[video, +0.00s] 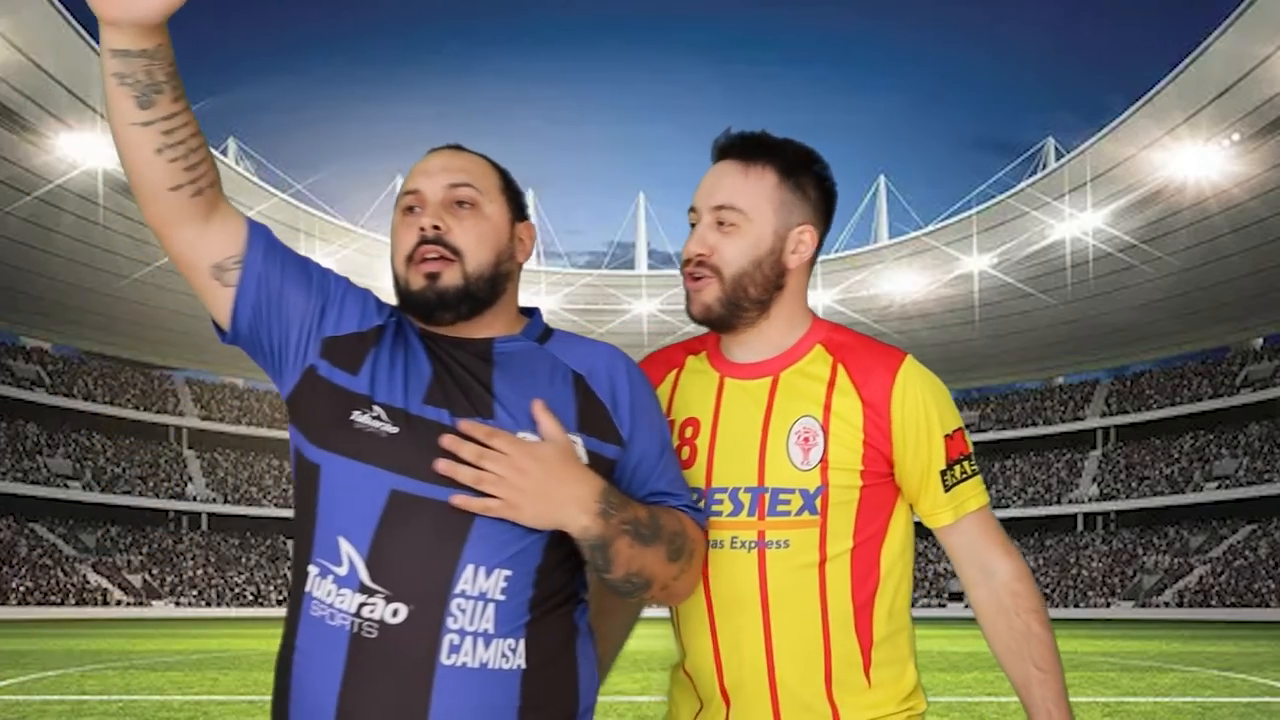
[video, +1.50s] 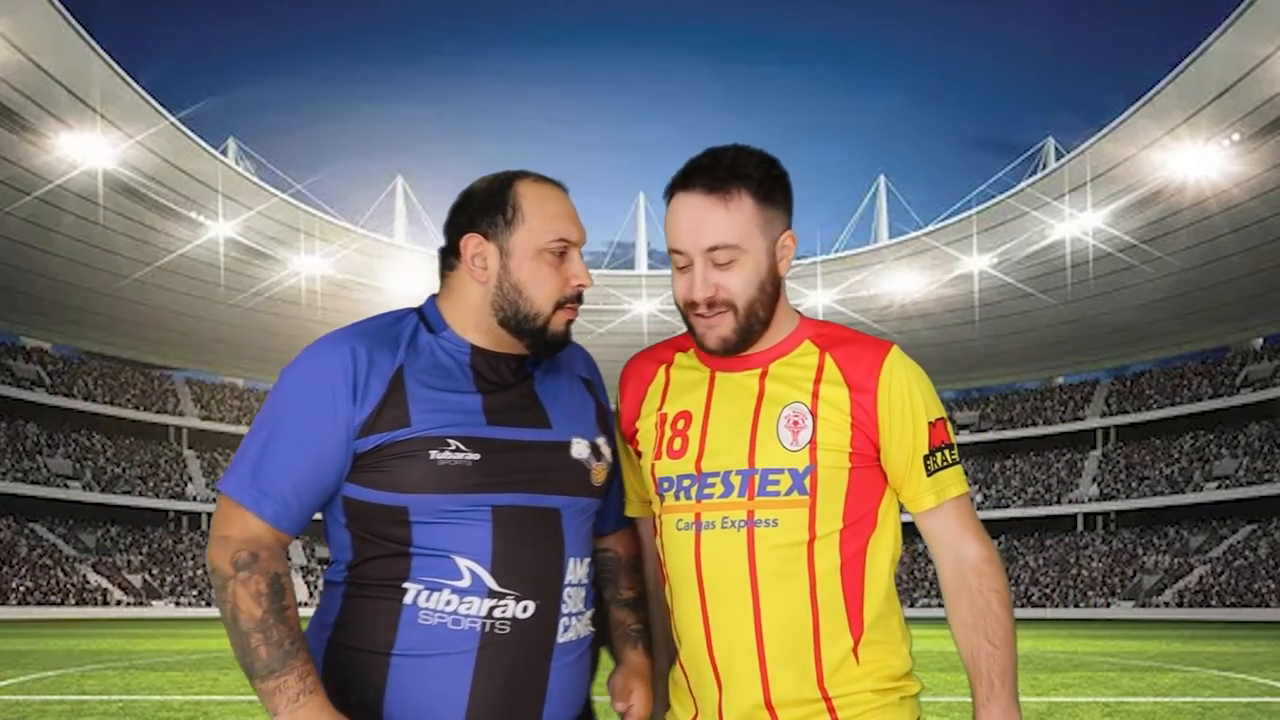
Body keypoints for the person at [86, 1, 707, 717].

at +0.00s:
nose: (427, 219)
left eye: (463, 202)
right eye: (410, 207)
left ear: (522, 241)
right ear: (388, 241)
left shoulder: (606, 385)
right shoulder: (327, 332)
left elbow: (674, 574)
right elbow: (191, 208)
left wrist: (592, 508)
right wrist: (131, 33)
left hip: (522, 708)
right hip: (327, 704)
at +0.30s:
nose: (519, 245)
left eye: (540, 231)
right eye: (489, 228)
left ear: (559, 265)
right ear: (437, 259)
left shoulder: (608, 403)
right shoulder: (348, 346)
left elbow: (667, 577)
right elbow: (180, 304)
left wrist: (635, 553)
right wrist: (253, 183)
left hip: (538, 711)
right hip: (346, 707)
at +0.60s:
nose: (530, 257)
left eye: (539, 238)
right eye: (500, 234)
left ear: (551, 253)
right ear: (433, 252)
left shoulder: (593, 384)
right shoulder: (338, 360)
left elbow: (641, 523)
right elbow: (171, 440)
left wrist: (631, 607)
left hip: (531, 703)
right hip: (363, 702)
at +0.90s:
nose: (567, 266)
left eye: (567, 244)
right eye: (538, 242)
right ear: (462, 254)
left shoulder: (610, 381)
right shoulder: (354, 374)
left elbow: (656, 526)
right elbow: (271, 526)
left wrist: (659, 635)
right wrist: (277, 679)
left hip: (564, 705)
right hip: (390, 705)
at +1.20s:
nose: (609, 274)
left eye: (611, 254)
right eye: (582, 250)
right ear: (506, 258)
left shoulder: (633, 373)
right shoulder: (389, 369)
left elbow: (663, 533)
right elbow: (311, 539)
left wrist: (666, 655)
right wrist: (335, 688)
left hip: (588, 709)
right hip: (415, 709)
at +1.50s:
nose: (583, 279)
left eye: (580, 255)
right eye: (559, 253)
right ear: (478, 256)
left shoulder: (576, 377)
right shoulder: (351, 368)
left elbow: (612, 535)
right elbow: (241, 548)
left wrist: (635, 659)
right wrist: (305, 707)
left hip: (551, 705)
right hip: (382, 705)